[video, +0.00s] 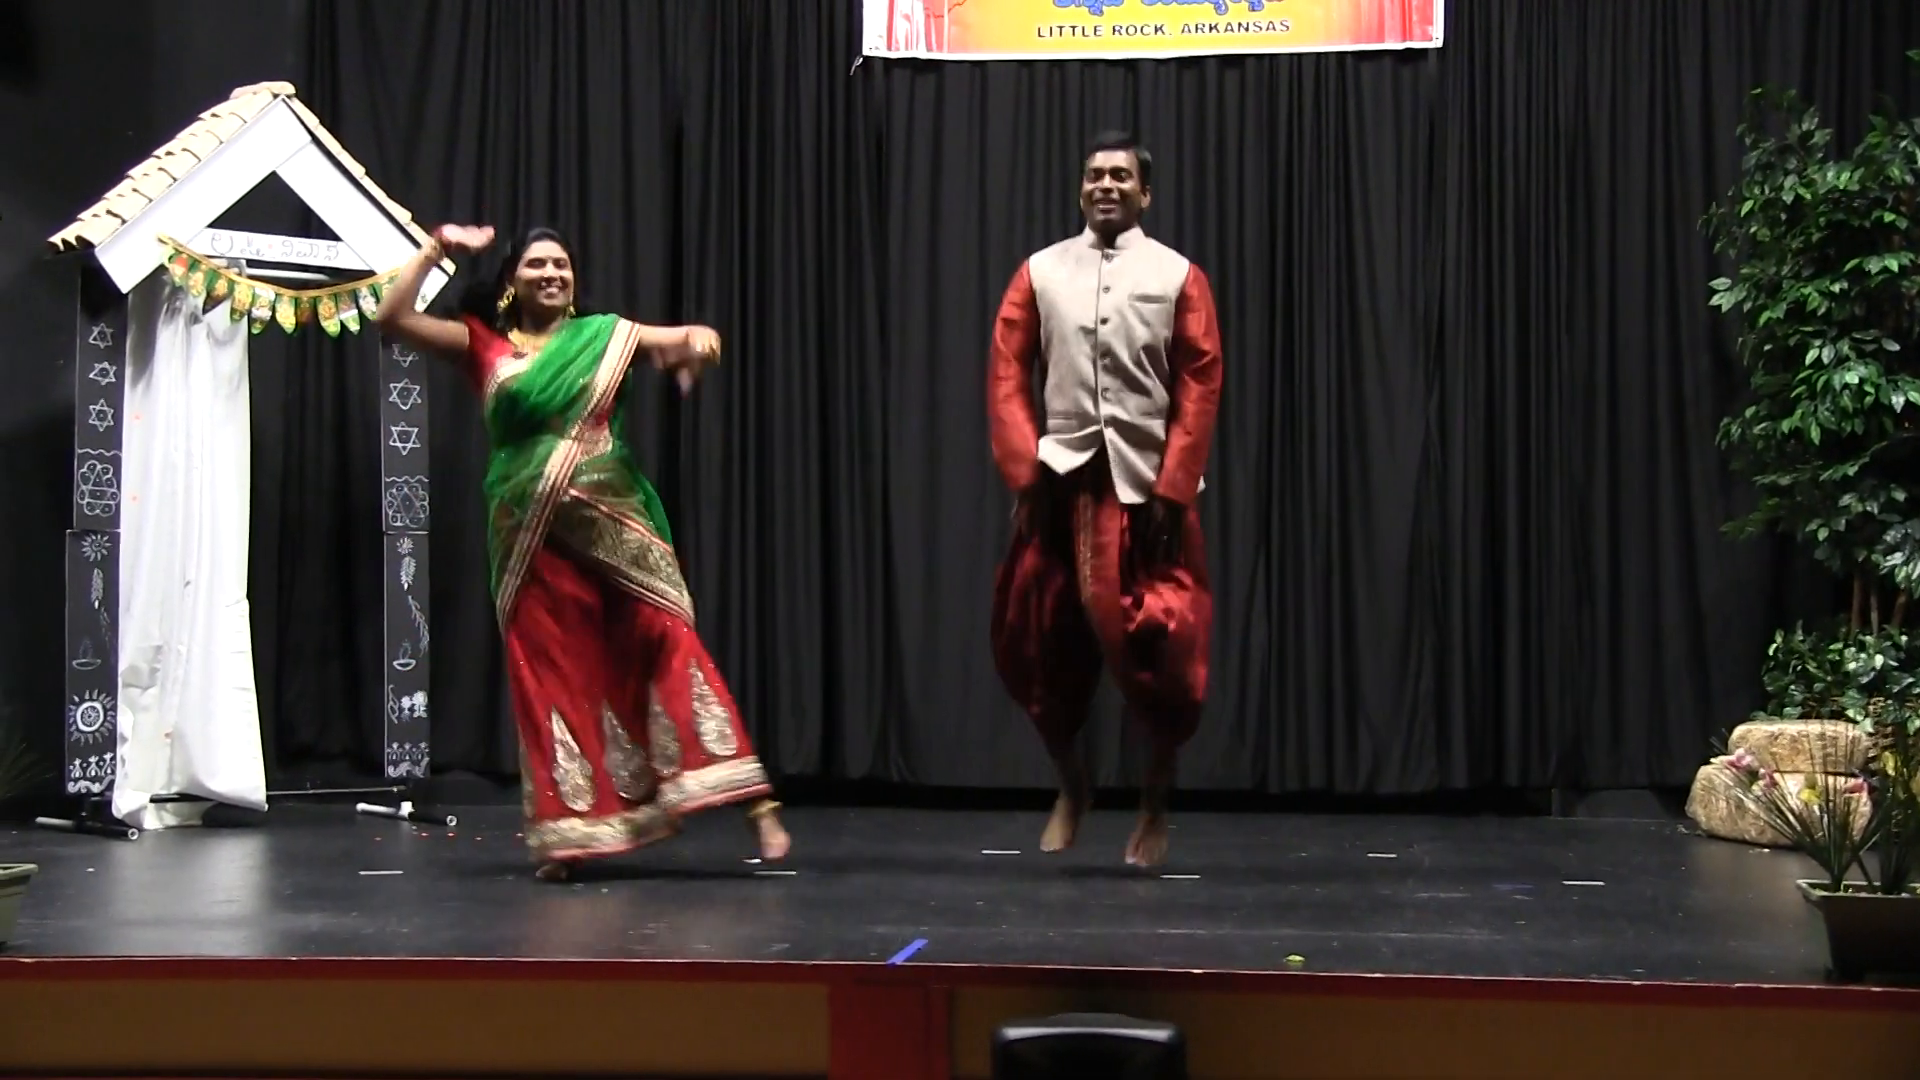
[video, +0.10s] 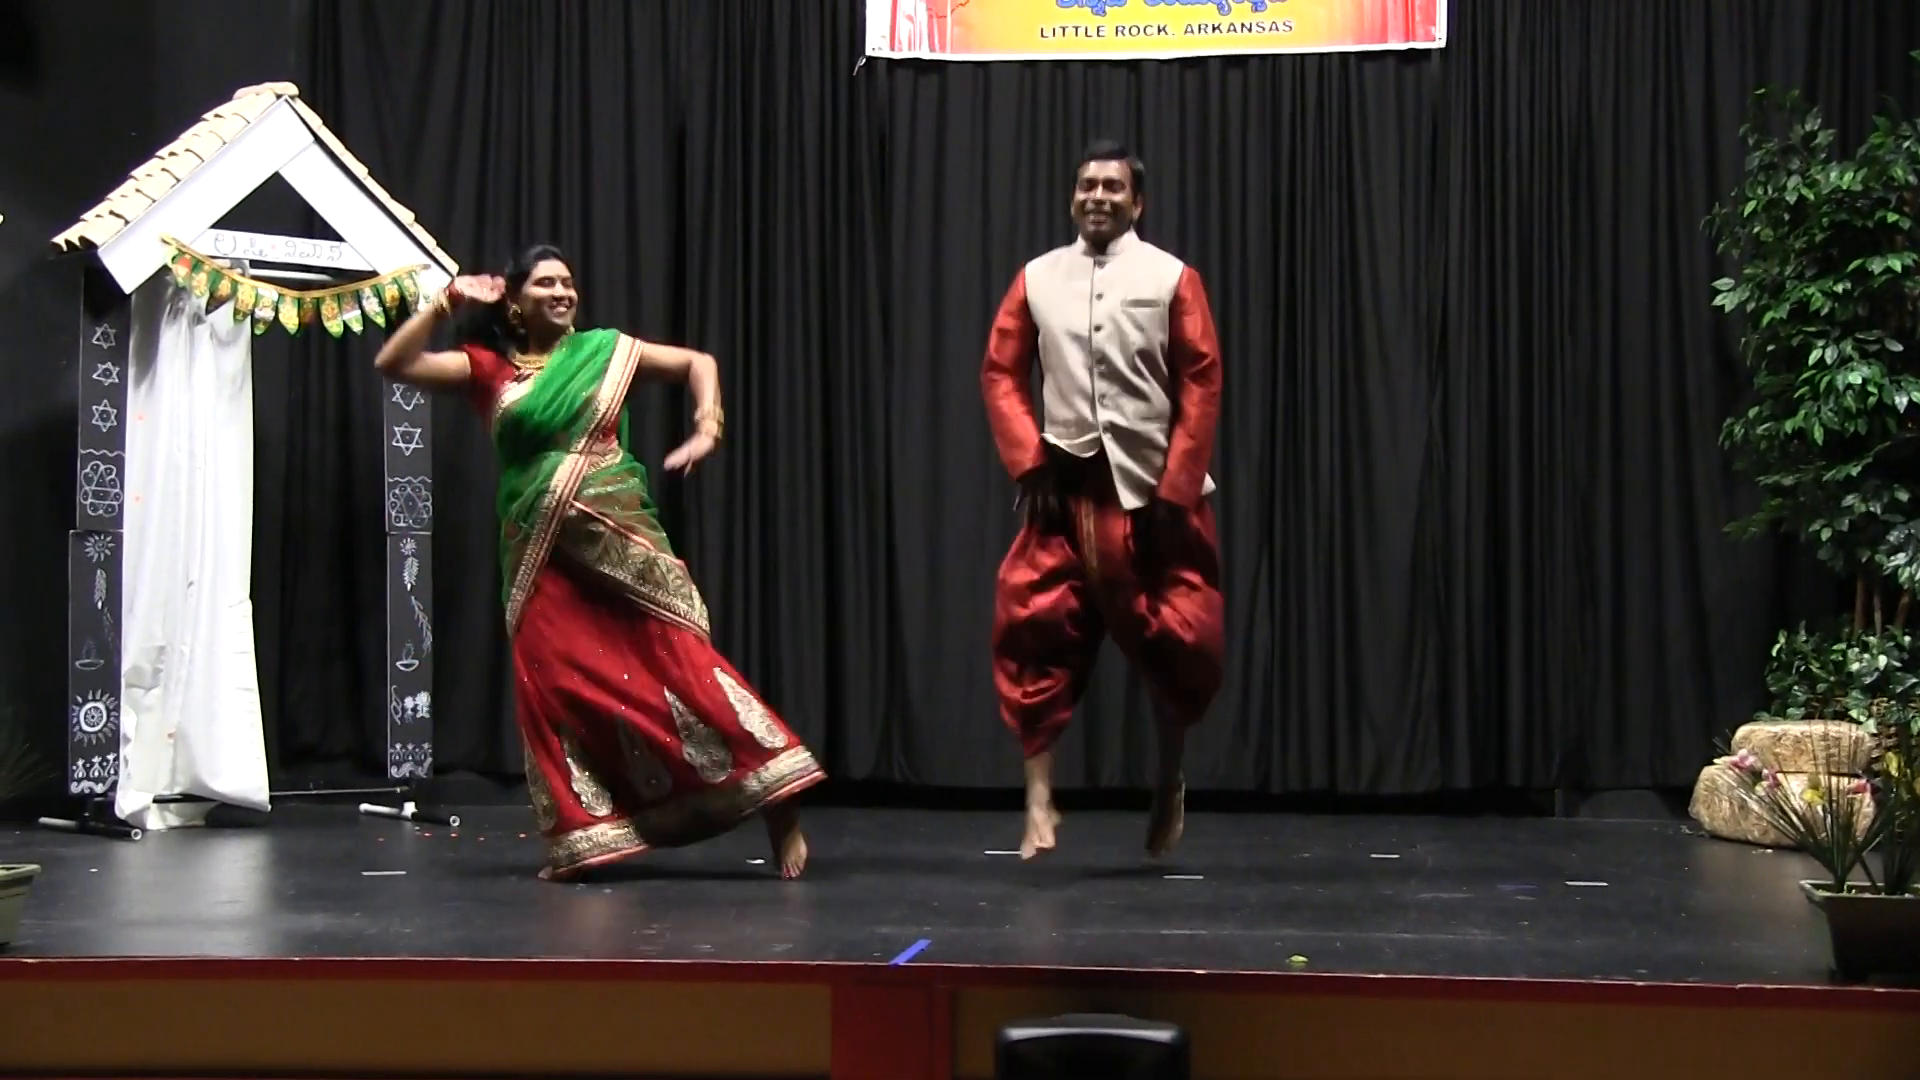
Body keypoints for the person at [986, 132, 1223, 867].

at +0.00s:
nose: (1106, 185)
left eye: (1120, 175)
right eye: (1096, 175)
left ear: (1144, 191)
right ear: (1080, 189)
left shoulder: (1177, 275)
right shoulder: (1041, 270)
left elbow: (1201, 382)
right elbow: (1006, 371)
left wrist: (1175, 485)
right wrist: (1024, 467)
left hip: (1147, 481)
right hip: (1058, 478)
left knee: (1159, 645)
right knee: (1043, 635)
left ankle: (1153, 814)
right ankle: (1070, 790)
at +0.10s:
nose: (1097, 196)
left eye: (1111, 187)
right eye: (1087, 186)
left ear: (1136, 201)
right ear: (1072, 198)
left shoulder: (1171, 277)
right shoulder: (1037, 278)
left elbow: (1202, 382)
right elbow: (1000, 374)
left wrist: (1177, 486)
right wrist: (1028, 461)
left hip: (1151, 489)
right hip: (1059, 486)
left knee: (1180, 642)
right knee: (1033, 634)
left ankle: (1169, 786)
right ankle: (1037, 802)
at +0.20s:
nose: (1089, 247)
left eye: (1102, 238)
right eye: (1079, 237)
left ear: (1126, 251)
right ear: (1063, 248)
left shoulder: (1166, 325)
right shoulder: (1035, 325)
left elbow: (1202, 425)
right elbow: (1000, 420)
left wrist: (1182, 532)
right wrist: (1030, 490)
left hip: (1158, 538)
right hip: (1063, 534)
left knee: (1190, 674)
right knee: (1025, 667)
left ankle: (1174, 806)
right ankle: (1030, 831)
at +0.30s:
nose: (1085, 320)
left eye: (1098, 309)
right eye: (1074, 309)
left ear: (1121, 322)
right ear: (1057, 321)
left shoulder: (1161, 405)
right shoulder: (1026, 402)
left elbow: (1198, 506)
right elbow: (997, 499)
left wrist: (1185, 610)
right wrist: (1031, 561)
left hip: (1147, 602)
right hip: (1061, 600)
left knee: (1187, 726)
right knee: (1018, 704)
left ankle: (1174, 819)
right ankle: (1035, 850)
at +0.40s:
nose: (1077, 384)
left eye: (1090, 372)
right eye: (1065, 375)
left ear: (1116, 386)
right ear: (1054, 390)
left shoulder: (1156, 470)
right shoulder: (1023, 466)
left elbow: (1190, 576)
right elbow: (1000, 567)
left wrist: (1183, 677)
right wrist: (1043, 625)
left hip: (1139, 637)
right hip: (1063, 632)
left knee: (1156, 714)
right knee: (1063, 694)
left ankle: (1178, 834)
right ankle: (1040, 852)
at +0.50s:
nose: (1081, 436)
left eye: (1096, 425)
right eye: (1070, 424)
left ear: (1119, 440)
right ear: (1056, 435)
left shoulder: (1154, 515)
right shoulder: (1021, 512)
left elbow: (1187, 625)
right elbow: (1005, 613)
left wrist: (1188, 732)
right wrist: (1056, 650)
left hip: (1139, 677)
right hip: (1061, 671)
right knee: (1076, 687)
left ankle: (1175, 849)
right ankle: (1043, 856)